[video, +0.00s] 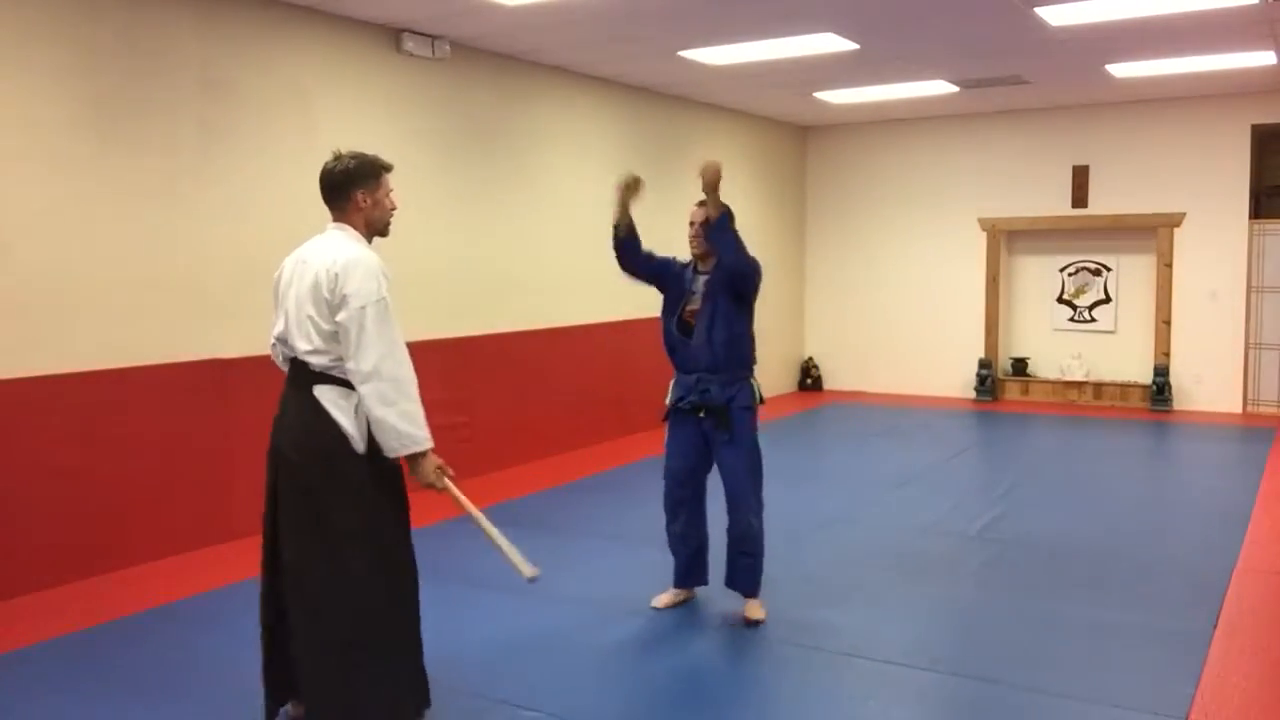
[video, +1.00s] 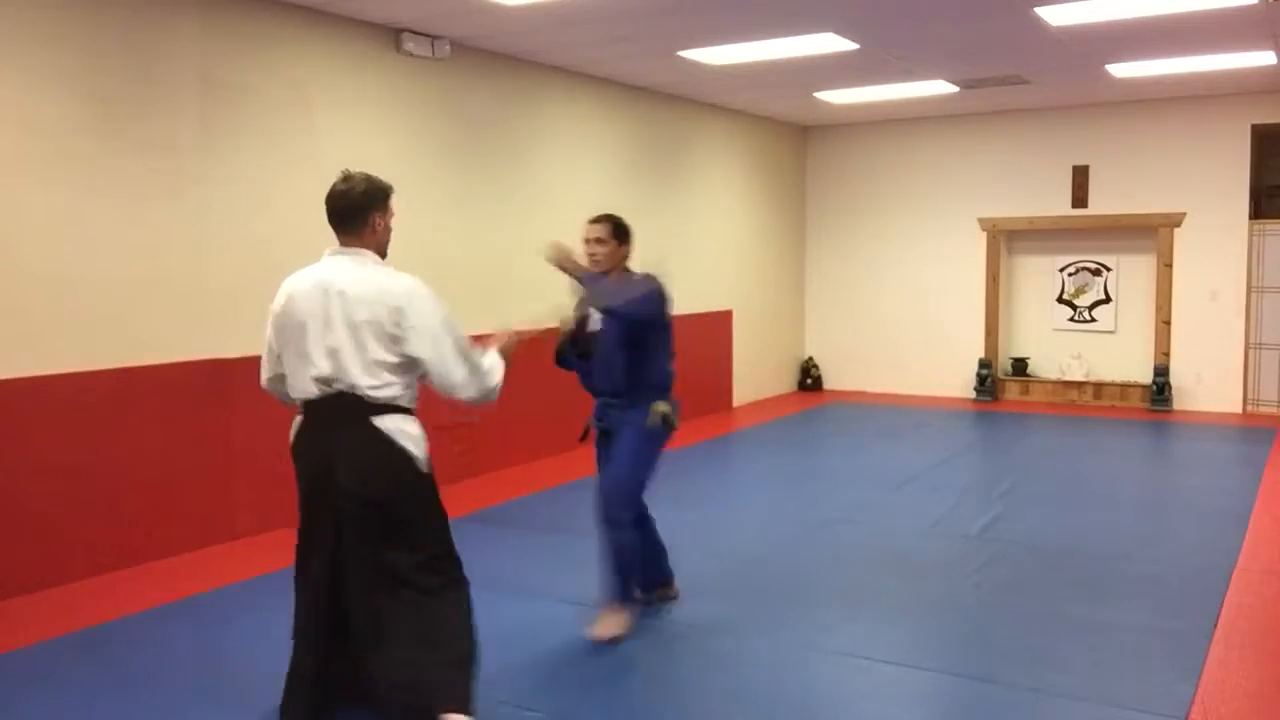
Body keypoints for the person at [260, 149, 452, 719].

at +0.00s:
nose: (393, 203)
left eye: (390, 192)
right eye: (387, 193)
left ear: (342, 201)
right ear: (361, 200)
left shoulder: (299, 259)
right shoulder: (359, 264)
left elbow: (283, 348)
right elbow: (380, 366)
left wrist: (333, 384)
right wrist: (418, 449)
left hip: (294, 425)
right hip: (344, 431)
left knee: (302, 565)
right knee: (371, 568)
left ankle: (299, 695)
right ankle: (379, 700)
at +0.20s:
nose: (389, 203)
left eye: (386, 191)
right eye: (383, 193)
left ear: (337, 200)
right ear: (359, 199)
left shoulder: (298, 257)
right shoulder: (353, 265)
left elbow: (293, 346)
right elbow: (370, 368)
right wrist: (408, 443)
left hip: (299, 419)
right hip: (343, 426)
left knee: (308, 558)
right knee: (358, 561)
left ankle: (306, 691)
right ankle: (350, 698)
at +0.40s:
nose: (384, 200)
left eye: (381, 189)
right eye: (377, 190)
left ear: (334, 200)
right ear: (351, 199)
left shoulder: (296, 258)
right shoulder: (348, 267)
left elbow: (291, 347)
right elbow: (371, 369)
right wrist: (411, 447)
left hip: (302, 419)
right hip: (347, 428)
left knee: (310, 557)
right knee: (362, 564)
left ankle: (306, 694)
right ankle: (358, 702)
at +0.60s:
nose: (385, 198)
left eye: (381, 188)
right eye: (377, 189)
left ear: (334, 200)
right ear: (352, 199)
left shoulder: (299, 256)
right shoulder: (351, 266)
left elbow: (289, 342)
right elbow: (371, 370)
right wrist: (405, 454)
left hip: (303, 418)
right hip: (346, 425)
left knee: (310, 559)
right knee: (364, 563)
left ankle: (307, 697)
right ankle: (360, 702)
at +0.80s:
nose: (390, 210)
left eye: (387, 199)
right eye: (383, 201)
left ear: (340, 211)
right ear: (361, 209)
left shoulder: (296, 266)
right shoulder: (364, 275)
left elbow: (286, 355)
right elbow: (386, 374)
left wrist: (325, 392)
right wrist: (432, 445)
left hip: (301, 422)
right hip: (353, 428)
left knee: (314, 558)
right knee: (404, 554)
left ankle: (309, 697)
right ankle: (377, 695)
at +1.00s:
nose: (393, 226)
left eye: (391, 216)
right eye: (390, 218)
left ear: (334, 225)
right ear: (376, 222)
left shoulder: (293, 290)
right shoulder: (401, 291)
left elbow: (275, 379)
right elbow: (463, 381)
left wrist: (323, 400)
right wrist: (494, 355)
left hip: (317, 445)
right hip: (387, 444)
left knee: (324, 576)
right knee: (431, 574)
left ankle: (315, 706)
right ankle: (449, 704)